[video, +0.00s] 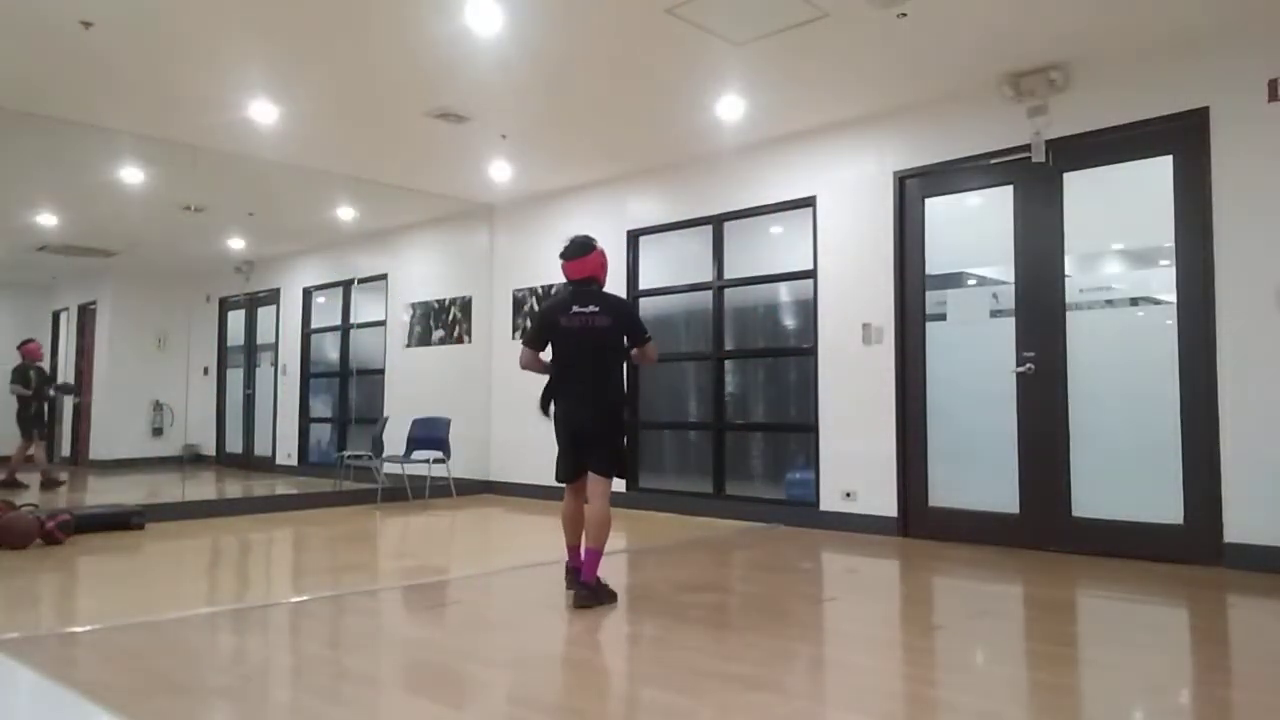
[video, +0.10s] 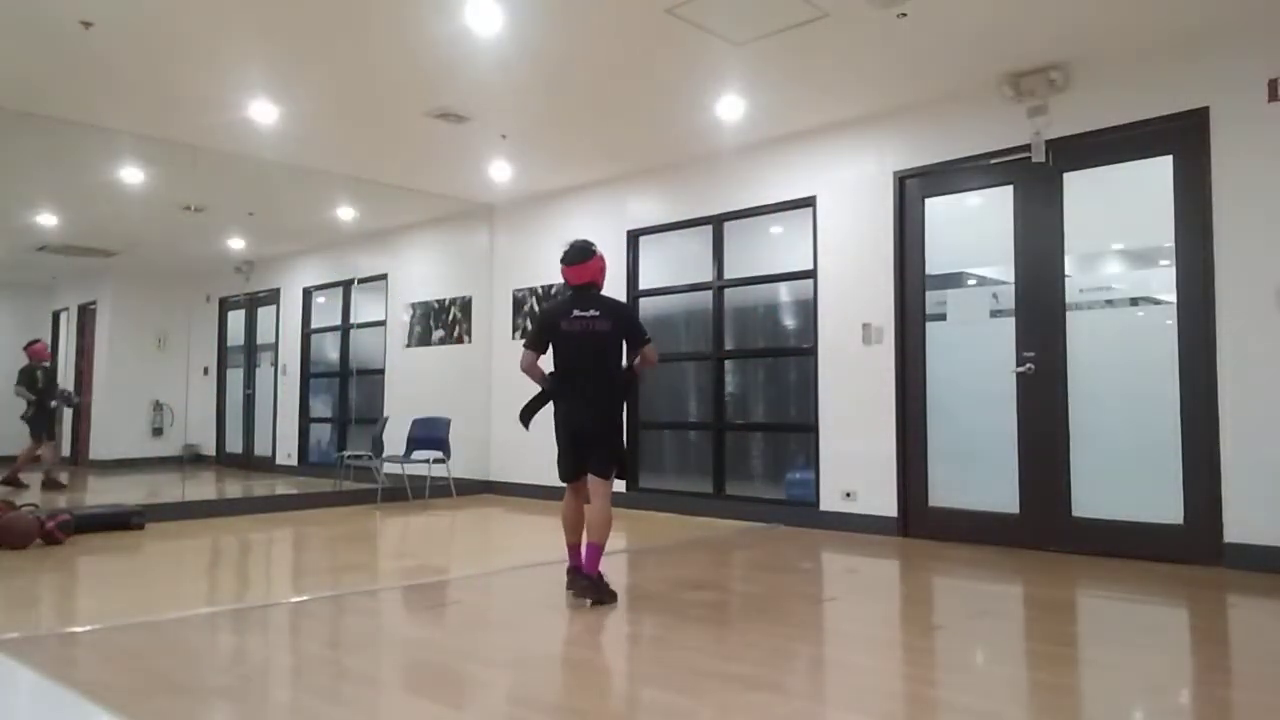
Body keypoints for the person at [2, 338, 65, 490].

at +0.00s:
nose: (42, 352)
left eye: (41, 349)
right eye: (38, 350)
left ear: (32, 353)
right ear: (30, 353)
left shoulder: (40, 370)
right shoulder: (19, 369)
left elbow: (49, 384)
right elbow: (14, 388)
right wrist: (32, 393)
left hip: (38, 410)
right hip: (26, 410)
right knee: (36, 442)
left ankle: (10, 476)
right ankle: (46, 478)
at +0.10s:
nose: (48, 353)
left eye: (46, 350)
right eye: (44, 350)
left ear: (35, 354)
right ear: (37, 353)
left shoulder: (48, 370)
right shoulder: (27, 370)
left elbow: (51, 388)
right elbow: (19, 389)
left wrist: (62, 395)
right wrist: (35, 400)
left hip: (46, 411)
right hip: (36, 412)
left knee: (36, 444)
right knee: (49, 444)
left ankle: (12, 475)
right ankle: (49, 478)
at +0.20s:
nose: (54, 353)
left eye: (54, 350)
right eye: (51, 351)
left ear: (51, 352)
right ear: (42, 353)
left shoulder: (56, 370)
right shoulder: (34, 370)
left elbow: (60, 390)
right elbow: (26, 389)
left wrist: (67, 400)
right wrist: (42, 399)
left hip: (55, 410)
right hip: (42, 411)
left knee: (55, 446)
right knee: (52, 445)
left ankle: (24, 469)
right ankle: (49, 479)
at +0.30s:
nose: (62, 350)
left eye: (61, 348)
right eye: (58, 348)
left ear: (54, 351)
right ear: (50, 352)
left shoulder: (61, 368)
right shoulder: (42, 367)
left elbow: (64, 388)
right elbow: (35, 386)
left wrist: (72, 400)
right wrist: (49, 397)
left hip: (61, 408)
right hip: (48, 409)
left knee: (71, 439)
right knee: (52, 443)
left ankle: (44, 467)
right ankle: (49, 477)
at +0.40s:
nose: (70, 351)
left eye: (69, 348)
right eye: (66, 348)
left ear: (62, 351)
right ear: (57, 351)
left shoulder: (67, 367)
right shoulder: (49, 366)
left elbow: (69, 386)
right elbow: (44, 385)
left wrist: (73, 398)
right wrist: (57, 397)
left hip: (67, 407)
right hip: (54, 408)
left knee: (80, 437)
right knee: (54, 442)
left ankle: (64, 467)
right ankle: (50, 475)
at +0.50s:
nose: (74, 353)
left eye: (74, 350)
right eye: (71, 350)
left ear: (74, 352)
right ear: (63, 352)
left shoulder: (76, 369)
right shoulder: (57, 368)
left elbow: (76, 389)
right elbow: (52, 387)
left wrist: (80, 402)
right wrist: (65, 400)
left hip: (72, 411)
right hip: (57, 411)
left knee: (83, 438)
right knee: (55, 444)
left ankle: (84, 474)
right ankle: (49, 477)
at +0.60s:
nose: (83, 355)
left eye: (82, 352)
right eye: (80, 352)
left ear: (72, 353)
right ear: (72, 353)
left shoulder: (78, 371)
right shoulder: (62, 370)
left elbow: (78, 392)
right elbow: (59, 390)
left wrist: (87, 403)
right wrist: (72, 402)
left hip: (77, 413)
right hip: (63, 414)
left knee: (86, 442)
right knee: (59, 444)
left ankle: (98, 473)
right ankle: (49, 477)